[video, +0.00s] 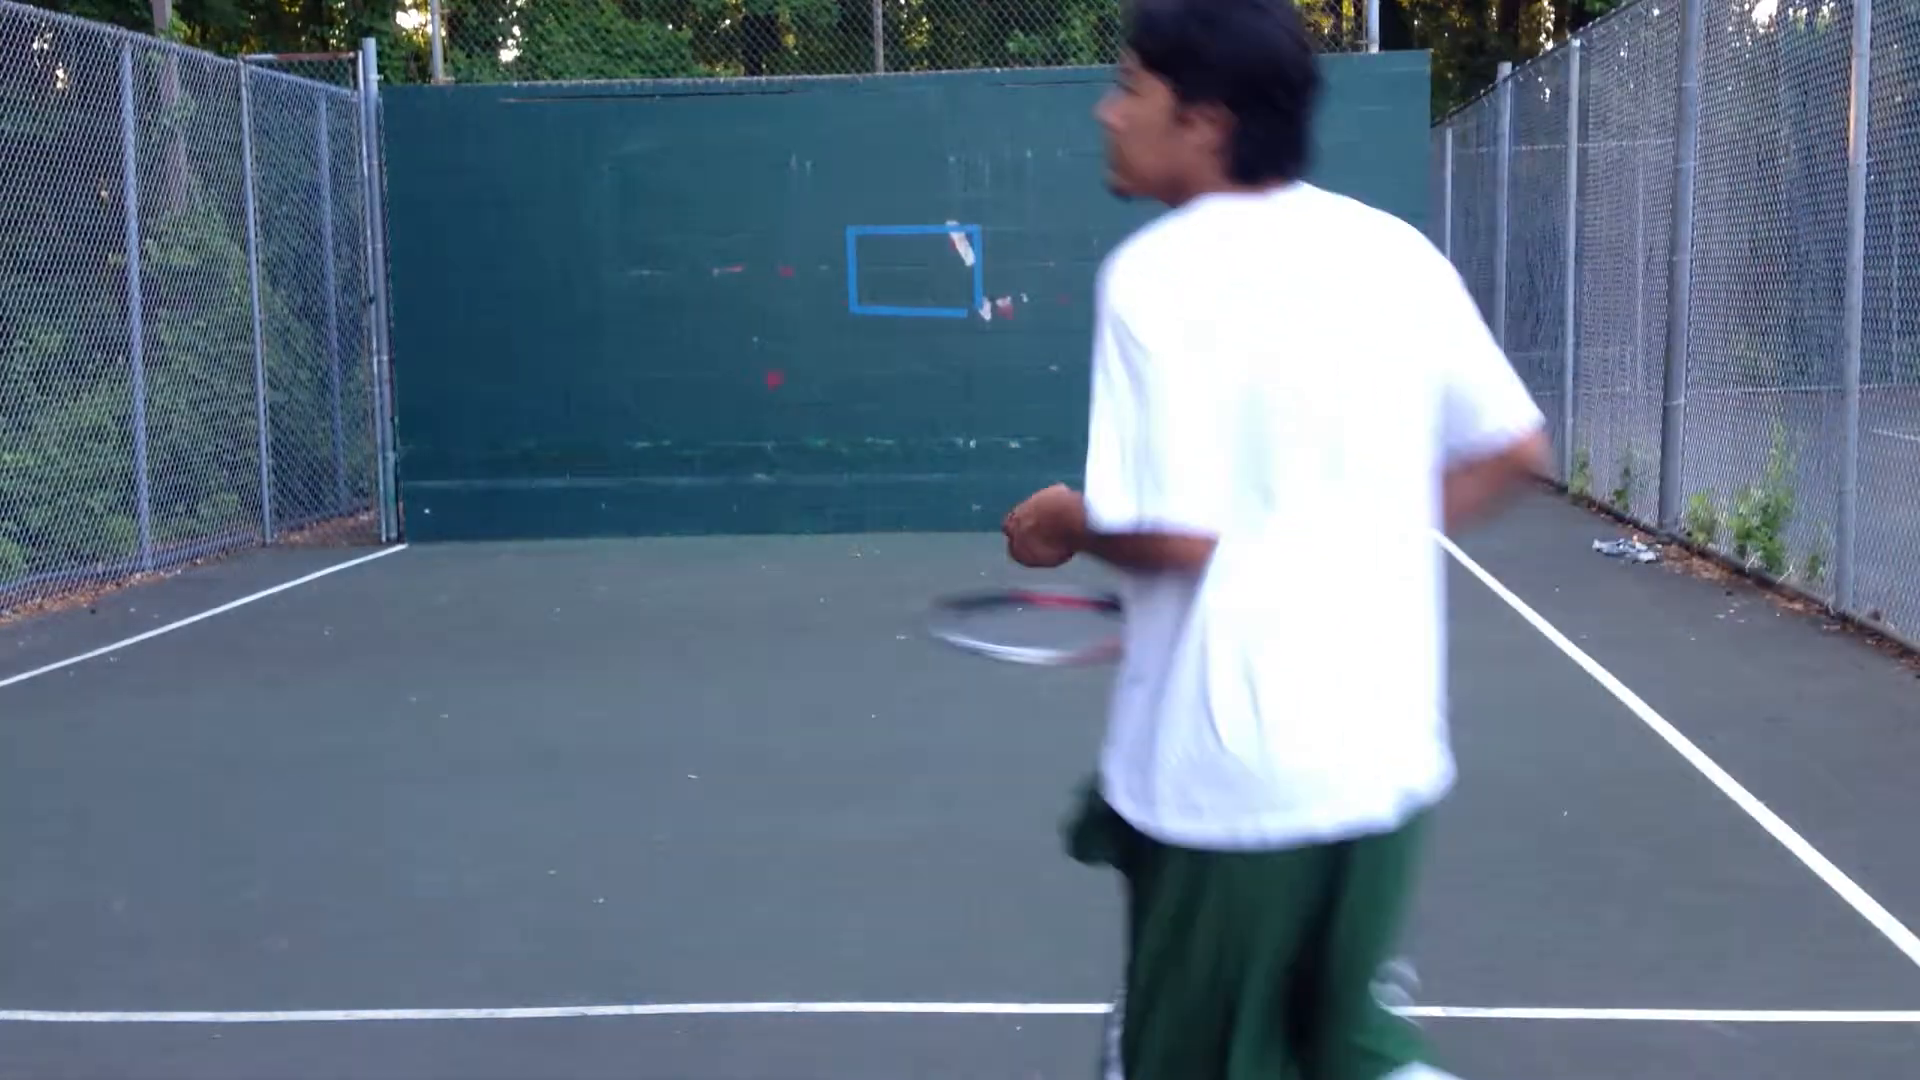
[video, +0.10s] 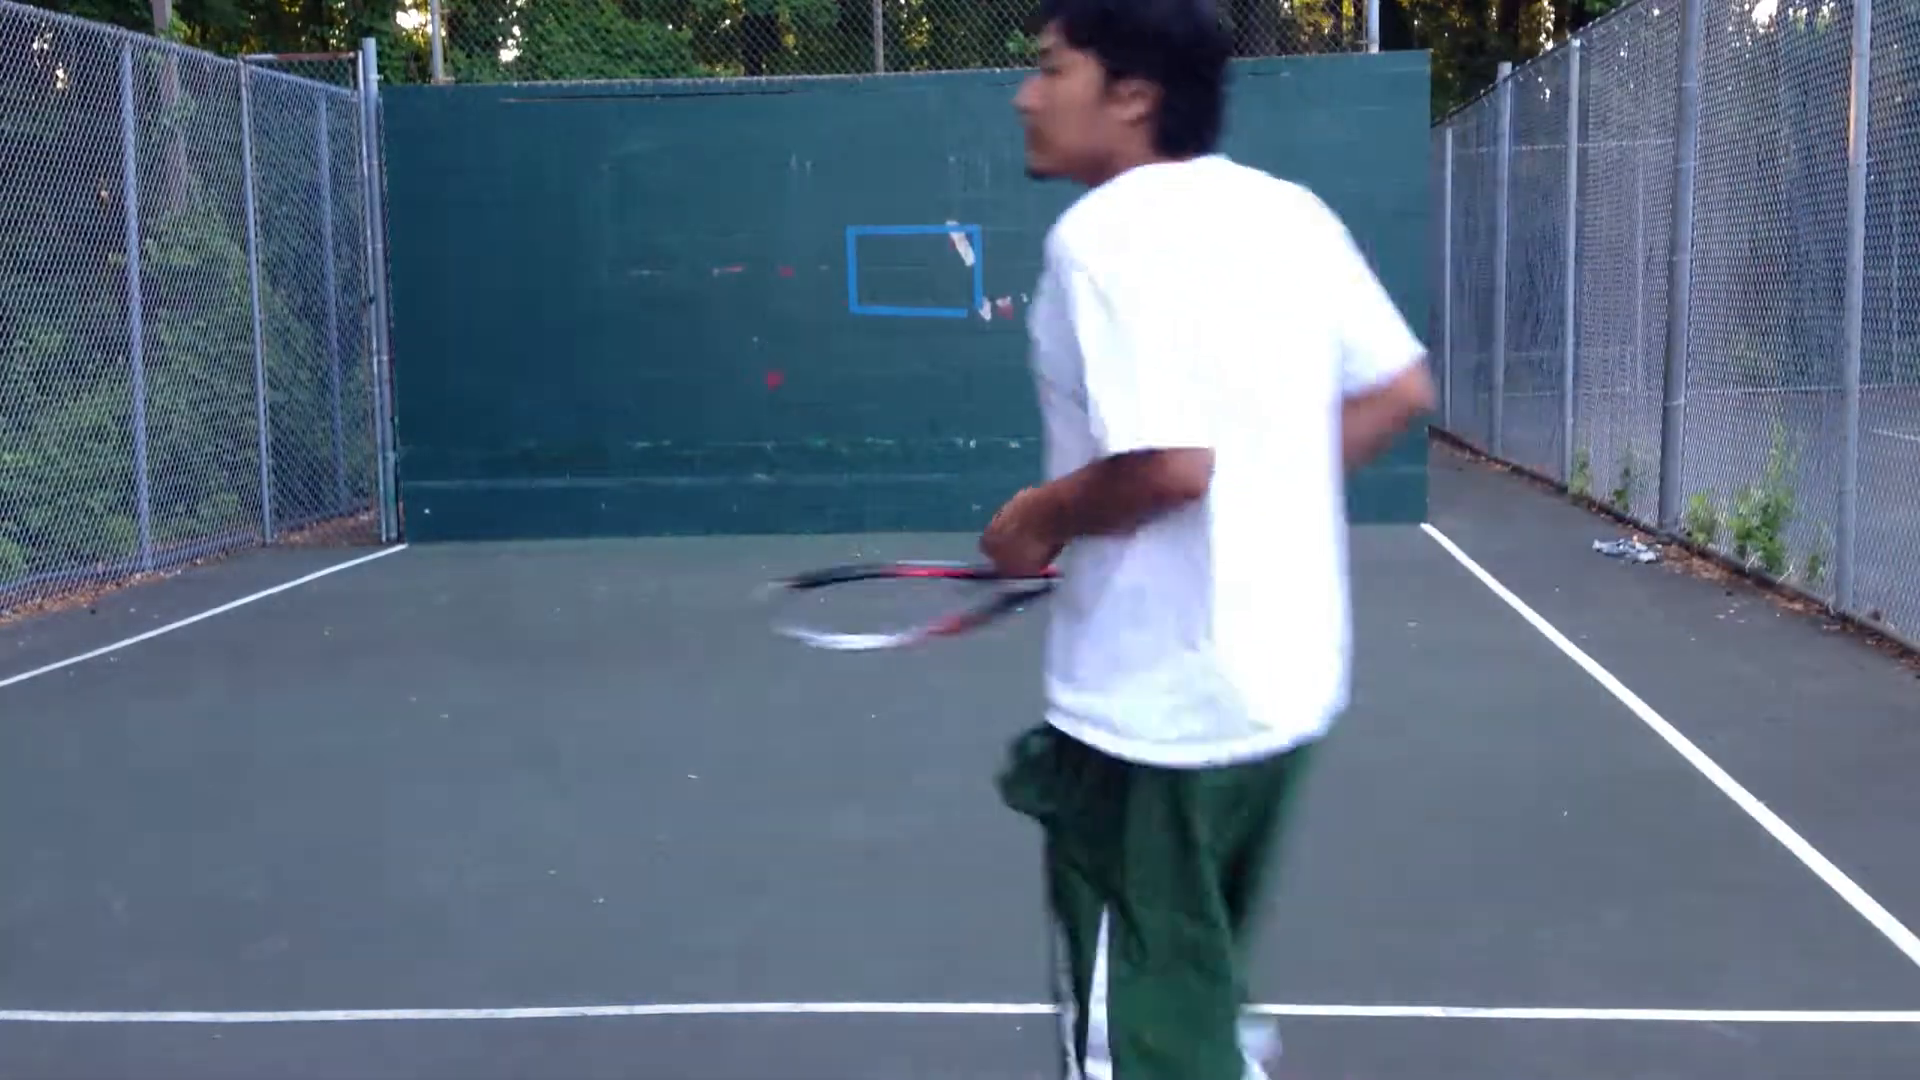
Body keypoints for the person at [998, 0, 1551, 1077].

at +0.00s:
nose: (1107, 109)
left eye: (1133, 87)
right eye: (1118, 83)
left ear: (1208, 121)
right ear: (1222, 120)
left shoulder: (1154, 273)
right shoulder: (1394, 246)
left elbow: (1177, 538)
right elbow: (1513, 449)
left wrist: (1075, 523)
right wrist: (1364, 524)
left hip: (1226, 777)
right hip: (1391, 752)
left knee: (1190, 1053)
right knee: (1347, 1027)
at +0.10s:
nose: (1024, 97)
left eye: (1050, 70)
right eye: (1035, 68)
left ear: (1131, 98)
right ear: (1145, 103)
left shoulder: (1101, 232)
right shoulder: (1289, 210)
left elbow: (1172, 465)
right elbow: (1401, 387)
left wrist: (1039, 512)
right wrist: (1253, 483)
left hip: (1156, 708)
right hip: (1287, 687)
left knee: (1140, 1002)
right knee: (1197, 971)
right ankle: (1222, 1052)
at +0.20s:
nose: (949, 140)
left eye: (979, 117)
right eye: (958, 116)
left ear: (1066, 147)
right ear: (1065, 153)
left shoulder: (1068, 277)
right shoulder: (1160, 252)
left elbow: (1138, 498)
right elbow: (1272, 408)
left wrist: (989, 561)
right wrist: (1152, 502)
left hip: (1119, 741)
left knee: (1092, 1015)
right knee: (1002, 957)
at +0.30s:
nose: (897, 179)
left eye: (930, 157)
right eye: (895, 158)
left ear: (1010, 186)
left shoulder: (1055, 326)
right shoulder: (962, 331)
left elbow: (1126, 531)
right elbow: (1013, 532)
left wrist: (946, 604)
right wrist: (926, 615)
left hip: (1072, 764)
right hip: (979, 748)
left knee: (1049, 1051)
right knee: (926, 1021)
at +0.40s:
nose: (866, 197)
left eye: (898, 177)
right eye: (855, 175)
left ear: (965, 203)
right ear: (839, 192)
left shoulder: (1036, 342)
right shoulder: (856, 323)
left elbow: (1127, 516)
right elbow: (913, 513)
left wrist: (957, 592)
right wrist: (861, 603)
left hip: (1016, 742)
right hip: (887, 736)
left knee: (1044, 1036)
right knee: (887, 1023)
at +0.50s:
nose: (849, 180)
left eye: (879, 159)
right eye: (829, 159)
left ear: (931, 183)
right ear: (807, 183)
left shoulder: (1010, 310)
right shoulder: (786, 306)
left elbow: (1081, 470)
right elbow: (778, 464)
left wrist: (969, 540)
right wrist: (750, 582)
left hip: (973, 704)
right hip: (834, 702)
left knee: (998, 1004)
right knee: (853, 1001)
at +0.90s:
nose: (825, 190)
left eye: (846, 169)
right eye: (801, 169)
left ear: (873, 184)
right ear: (764, 184)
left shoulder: (929, 295)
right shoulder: (705, 309)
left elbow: (969, 437)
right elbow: (670, 465)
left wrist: (971, 519)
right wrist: (667, 581)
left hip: (904, 651)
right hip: (758, 662)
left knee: (912, 882)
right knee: (781, 912)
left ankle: (884, 1042)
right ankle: (797, 1072)